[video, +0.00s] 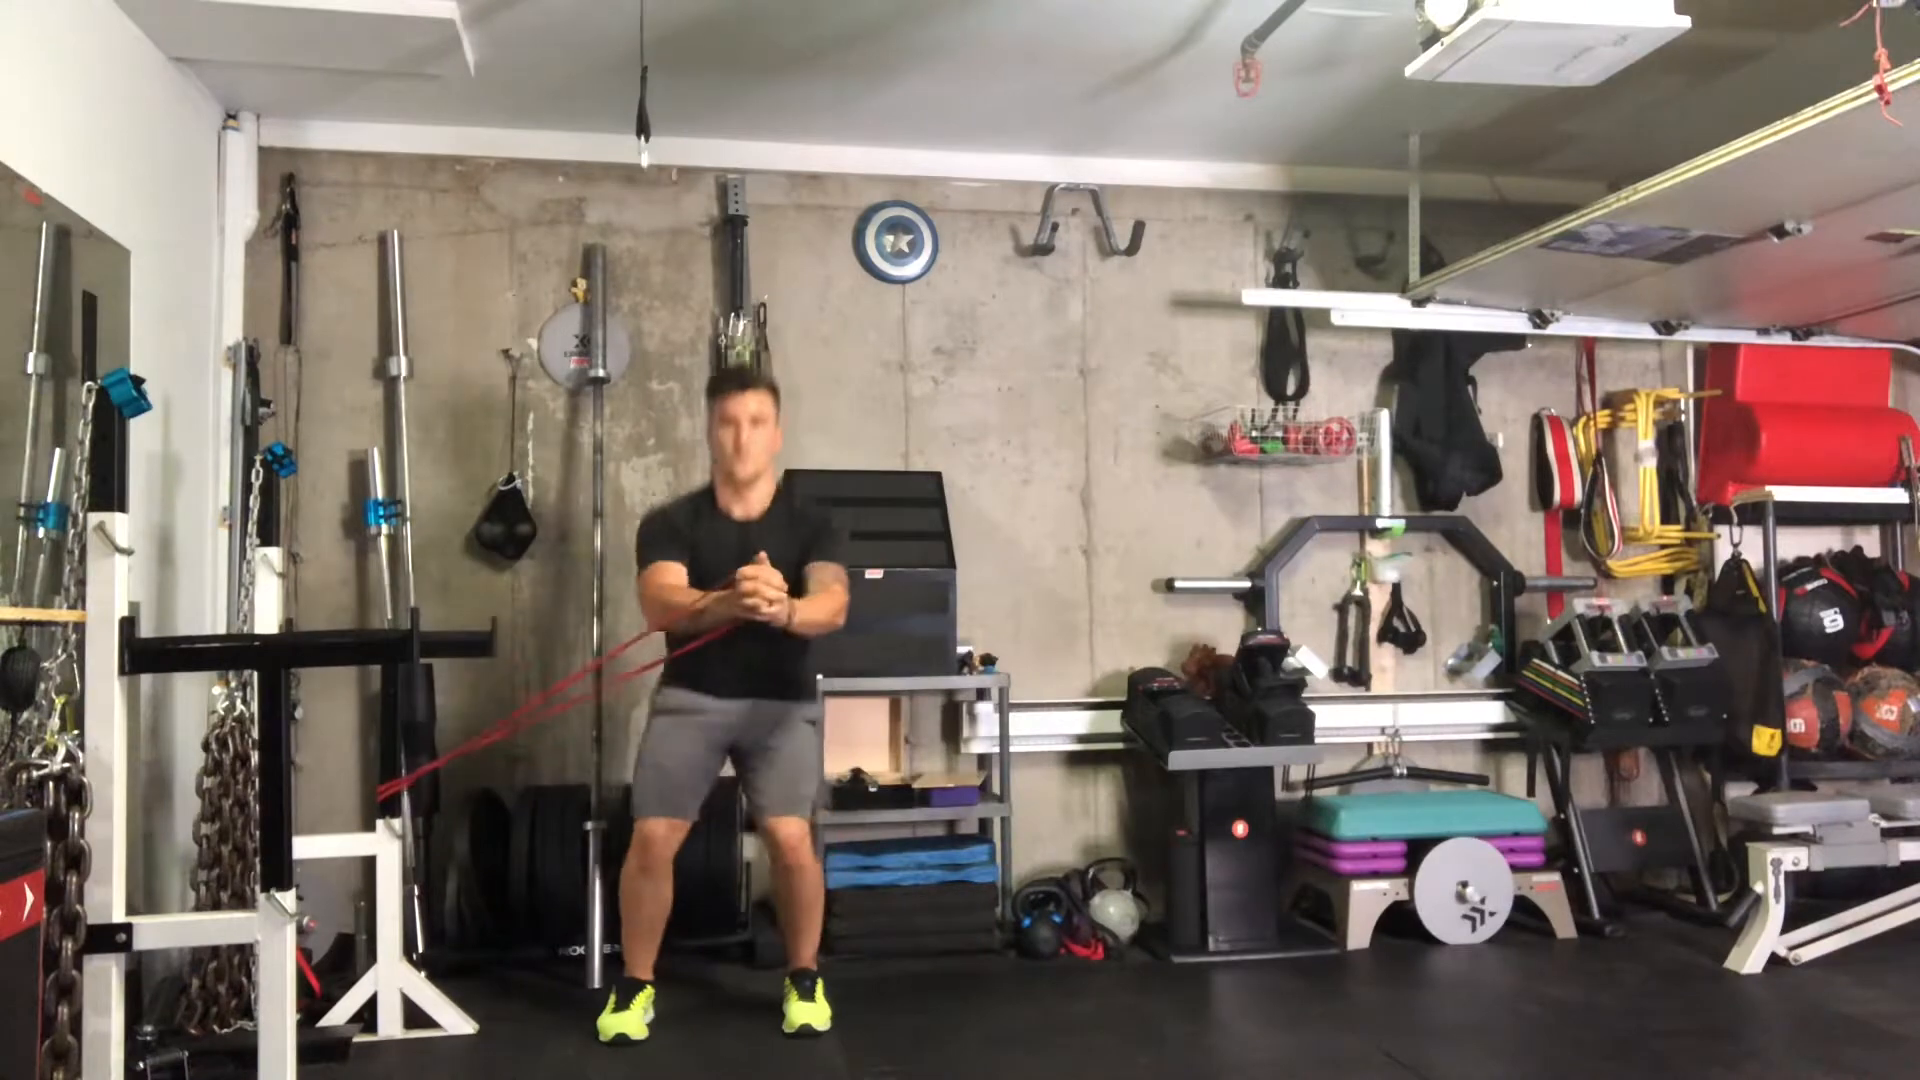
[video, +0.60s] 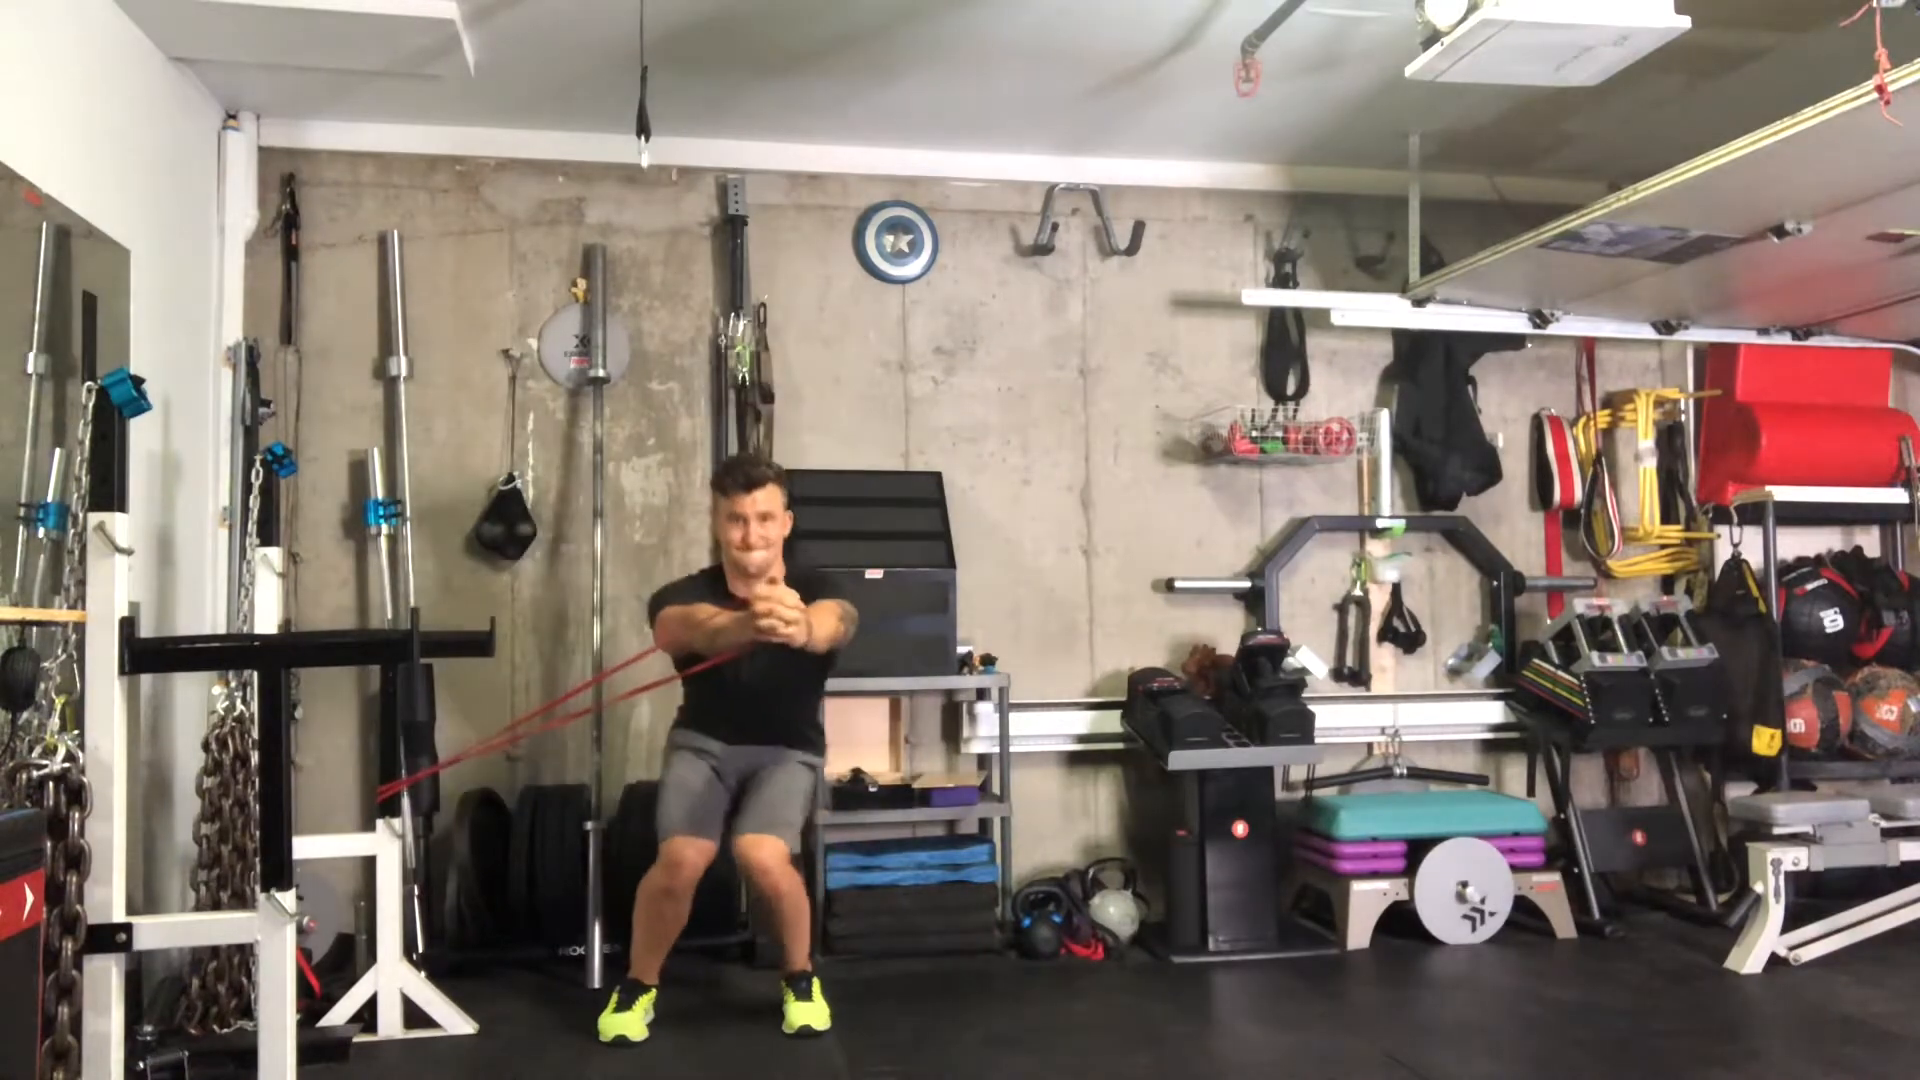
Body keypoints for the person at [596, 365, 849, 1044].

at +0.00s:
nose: (741, 437)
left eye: (756, 424)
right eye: (728, 424)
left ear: (779, 434)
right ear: (709, 433)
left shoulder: (812, 522)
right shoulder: (669, 523)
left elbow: (831, 607)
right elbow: (660, 608)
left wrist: (785, 609)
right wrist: (724, 602)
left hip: (783, 707)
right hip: (690, 703)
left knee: (791, 837)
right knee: (651, 837)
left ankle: (804, 981)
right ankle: (636, 988)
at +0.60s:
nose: (750, 535)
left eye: (764, 519)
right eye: (736, 521)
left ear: (787, 523)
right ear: (716, 525)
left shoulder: (820, 588)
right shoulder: (681, 597)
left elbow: (837, 623)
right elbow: (689, 633)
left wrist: (804, 626)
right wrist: (750, 623)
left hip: (787, 753)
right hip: (701, 746)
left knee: (760, 852)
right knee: (681, 857)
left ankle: (800, 979)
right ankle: (638, 989)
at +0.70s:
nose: (758, 543)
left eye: (771, 526)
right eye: (742, 529)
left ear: (793, 528)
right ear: (722, 535)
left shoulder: (832, 589)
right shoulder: (696, 606)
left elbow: (851, 621)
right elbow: (702, 643)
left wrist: (821, 633)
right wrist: (765, 635)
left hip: (807, 754)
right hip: (720, 752)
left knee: (809, 853)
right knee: (699, 868)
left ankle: (806, 978)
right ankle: (639, 988)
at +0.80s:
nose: (781, 539)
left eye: (795, 522)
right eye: (765, 525)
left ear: (819, 523)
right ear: (743, 532)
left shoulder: (857, 581)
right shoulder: (724, 603)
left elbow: (880, 616)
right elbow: (726, 642)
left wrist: (853, 634)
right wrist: (799, 640)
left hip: (845, 752)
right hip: (752, 755)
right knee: (707, 874)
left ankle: (863, 968)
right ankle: (641, 987)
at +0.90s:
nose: (844, 520)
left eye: (859, 502)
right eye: (829, 505)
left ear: (888, 503)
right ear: (810, 512)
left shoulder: (912, 571)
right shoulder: (785, 584)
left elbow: (946, 599)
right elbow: (791, 619)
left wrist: (939, 602)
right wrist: (889, 612)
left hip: (896, 744)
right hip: (797, 751)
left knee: (988, 827)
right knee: (724, 875)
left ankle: (1011, 945)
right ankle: (642, 990)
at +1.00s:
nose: (945, 492)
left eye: (959, 475)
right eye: (931, 477)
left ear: (983, 480)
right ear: (909, 484)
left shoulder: (997, 547)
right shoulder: (884, 569)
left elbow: (1049, 574)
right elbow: (942, 580)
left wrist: (1068, 553)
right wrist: (1025, 568)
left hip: (971, 737)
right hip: (879, 742)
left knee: (1069, 829)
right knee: (768, 867)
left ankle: (1120, 977)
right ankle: (650, 986)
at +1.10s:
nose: (1047, 486)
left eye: (1060, 472)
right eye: (1034, 473)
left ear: (1083, 475)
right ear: (1016, 478)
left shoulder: (1101, 541)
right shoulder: (988, 544)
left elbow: (1148, 568)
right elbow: (1009, 573)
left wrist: (1168, 546)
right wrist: (1119, 553)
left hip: (1050, 722)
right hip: (962, 722)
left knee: (1112, 840)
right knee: (894, 839)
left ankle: (1126, 984)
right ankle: (763, 951)